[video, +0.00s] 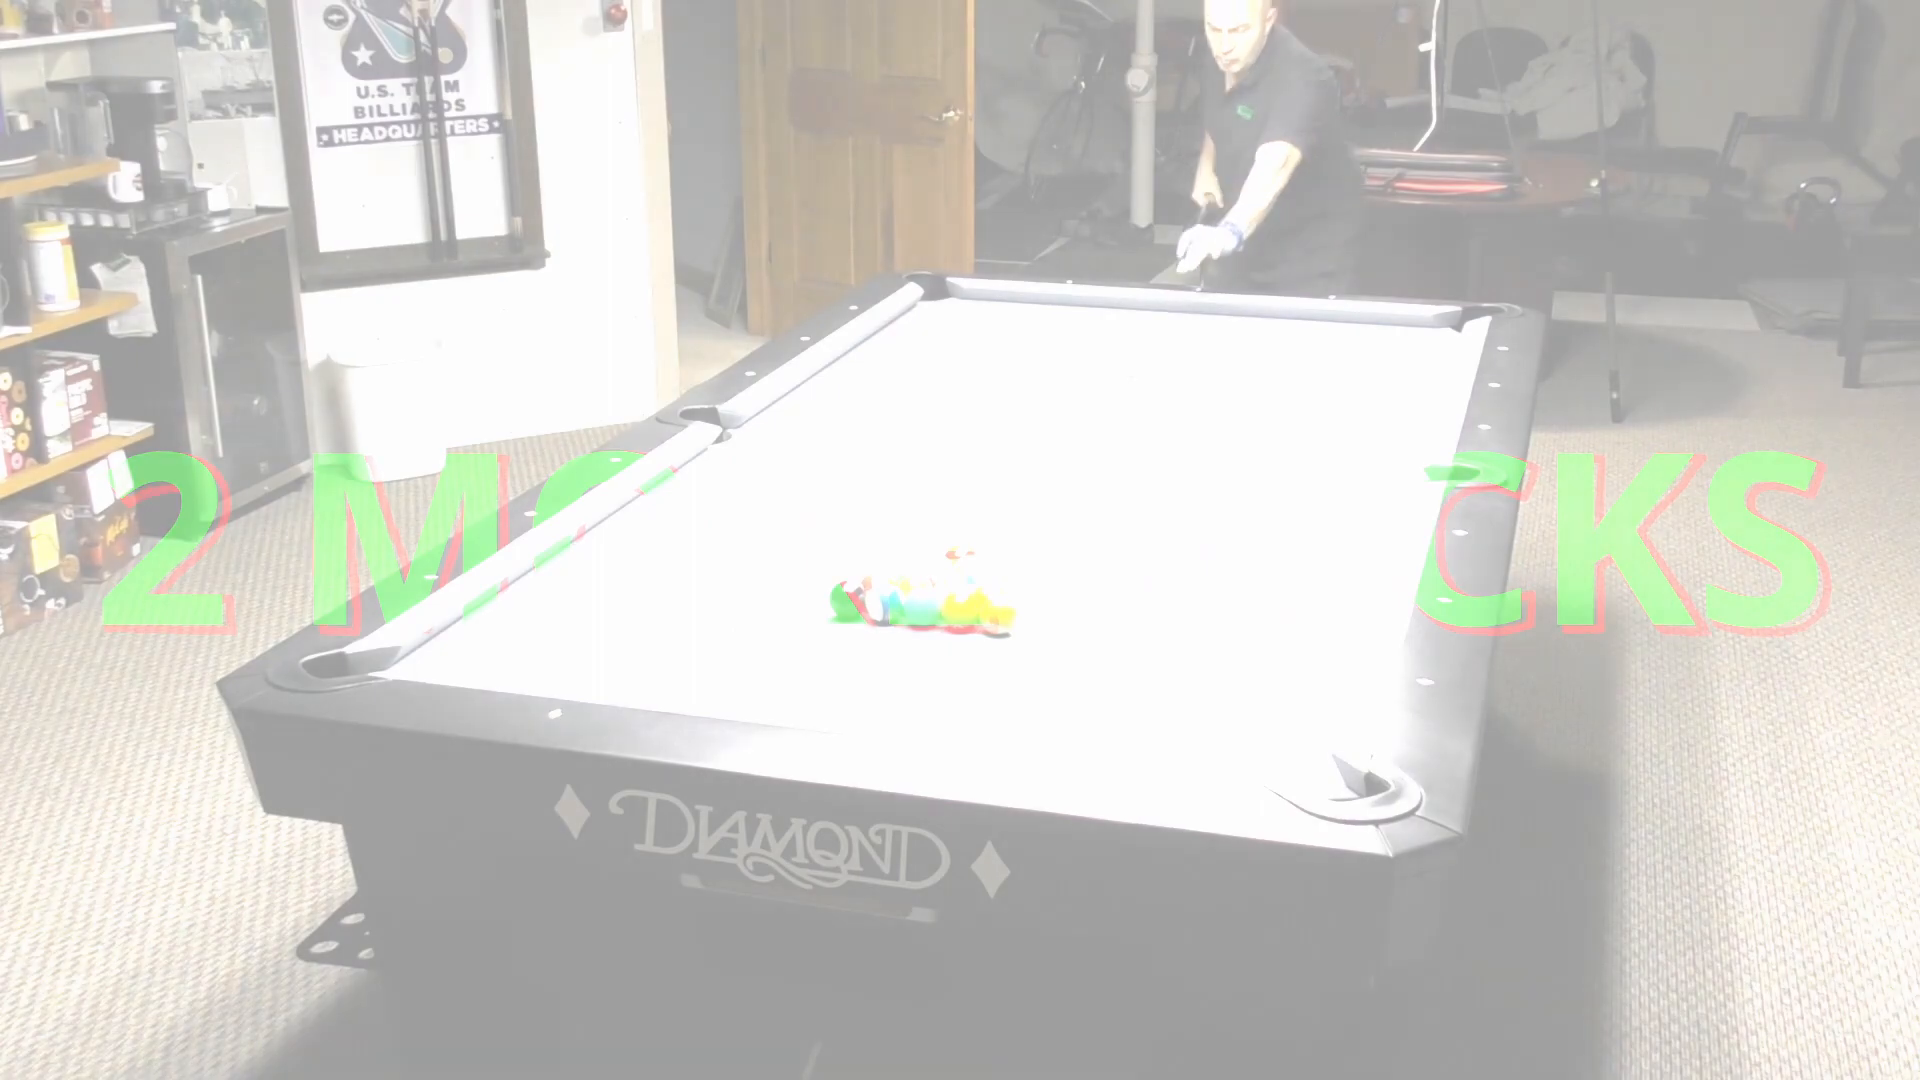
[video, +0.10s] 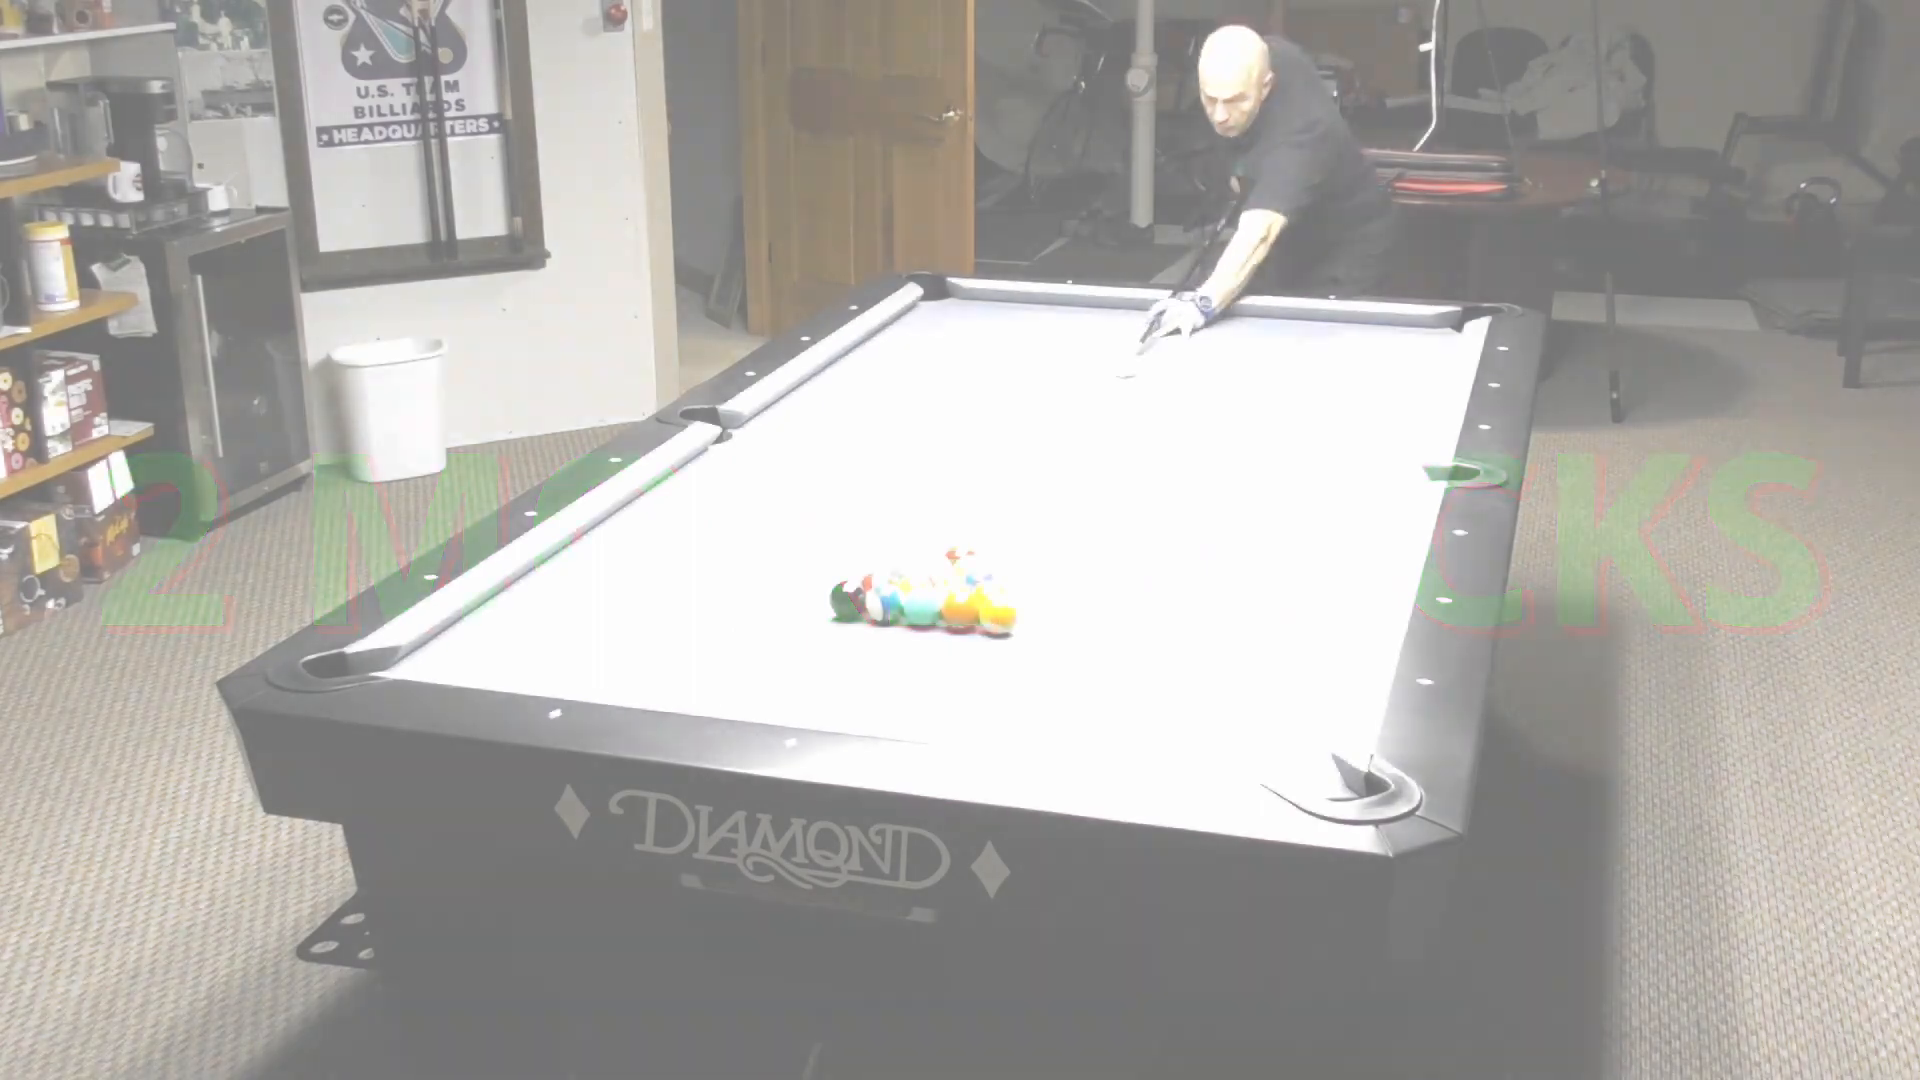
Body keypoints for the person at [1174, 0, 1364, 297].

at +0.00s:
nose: (1224, 46)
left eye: (1239, 30)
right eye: (1214, 30)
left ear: (1270, 18)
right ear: (1205, 23)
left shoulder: (1303, 75)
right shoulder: (1214, 56)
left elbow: (1275, 163)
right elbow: (1214, 121)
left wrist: (1229, 232)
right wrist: (1205, 170)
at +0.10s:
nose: (1220, 116)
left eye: (1235, 101)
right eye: (1210, 100)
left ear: (1266, 83)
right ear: (1201, 80)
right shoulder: (1246, 58)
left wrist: (1201, 305)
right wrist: (1241, 169)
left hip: (1351, 237)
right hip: (1283, 228)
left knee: (1319, 337)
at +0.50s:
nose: (1199, 225)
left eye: (1214, 212)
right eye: (1190, 209)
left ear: (1246, 190)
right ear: (1182, 181)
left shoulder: (1274, 216)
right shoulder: (1238, 115)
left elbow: (1238, 267)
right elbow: (1266, 74)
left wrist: (1196, 312)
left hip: (1380, 240)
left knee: (1340, 337)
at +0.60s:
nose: (1198, 227)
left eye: (1213, 213)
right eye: (1188, 210)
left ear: (1244, 192)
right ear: (1180, 182)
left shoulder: (1274, 216)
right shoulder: (1236, 117)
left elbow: (1238, 266)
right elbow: (1263, 76)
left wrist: (1195, 311)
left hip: (1380, 241)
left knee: (1341, 338)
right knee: (1283, 329)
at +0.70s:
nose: (1197, 227)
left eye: (1212, 213)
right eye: (1187, 211)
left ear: (1244, 192)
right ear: (1179, 183)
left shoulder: (1272, 216)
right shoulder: (1236, 118)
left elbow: (1237, 266)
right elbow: (1262, 76)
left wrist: (1195, 311)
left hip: (1380, 240)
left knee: (1339, 336)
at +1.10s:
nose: (1199, 229)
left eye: (1214, 215)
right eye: (1190, 213)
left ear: (1245, 193)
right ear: (1180, 185)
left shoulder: (1274, 215)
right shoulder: (1235, 119)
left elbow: (1238, 266)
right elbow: (1262, 77)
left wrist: (1195, 311)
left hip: (1380, 241)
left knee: (1341, 338)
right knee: (1281, 330)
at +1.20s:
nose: (1200, 228)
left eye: (1214, 215)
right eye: (1190, 213)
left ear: (1245, 194)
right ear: (1181, 184)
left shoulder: (1273, 217)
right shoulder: (1235, 119)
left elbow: (1238, 267)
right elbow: (1261, 76)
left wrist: (1195, 311)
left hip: (1380, 240)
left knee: (1341, 336)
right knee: (1282, 327)